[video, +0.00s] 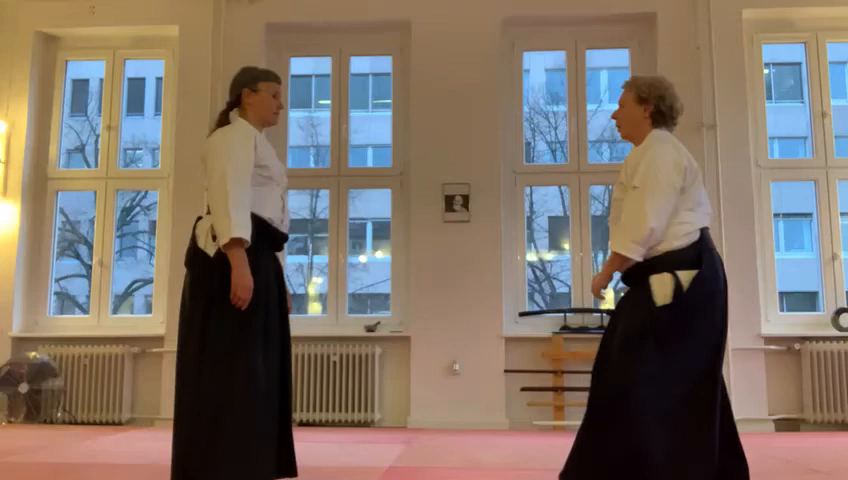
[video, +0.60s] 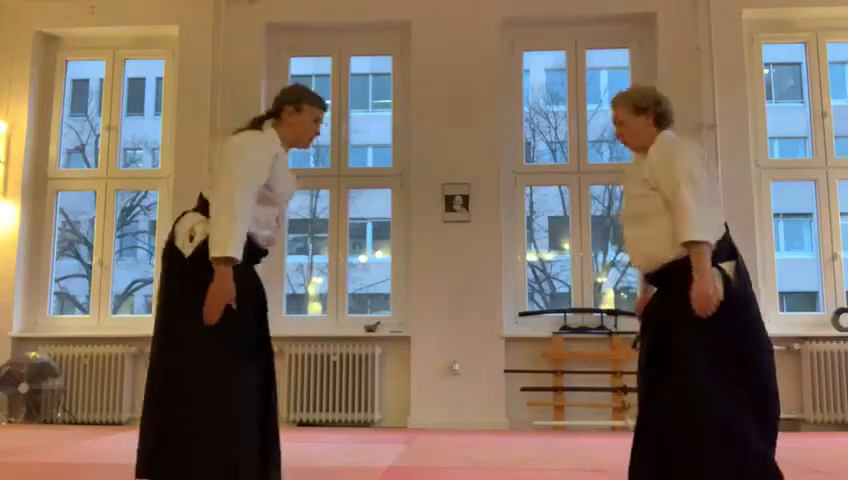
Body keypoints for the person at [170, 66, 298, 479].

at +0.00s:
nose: (280, 104)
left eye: (280, 98)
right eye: (273, 96)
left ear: (255, 100)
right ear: (247, 97)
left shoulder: (256, 141)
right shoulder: (233, 136)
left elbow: (261, 212)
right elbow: (226, 197)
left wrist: (276, 274)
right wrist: (238, 260)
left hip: (254, 258)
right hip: (233, 258)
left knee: (254, 368)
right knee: (234, 368)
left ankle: (250, 464)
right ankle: (229, 467)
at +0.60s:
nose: (317, 131)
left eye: (320, 124)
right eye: (315, 121)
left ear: (289, 117)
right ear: (289, 114)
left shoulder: (268, 150)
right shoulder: (254, 144)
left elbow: (242, 208)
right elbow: (231, 203)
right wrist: (224, 271)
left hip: (229, 263)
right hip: (213, 264)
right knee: (223, 377)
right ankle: (218, 470)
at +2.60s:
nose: (269, 100)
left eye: (269, 93)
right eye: (262, 92)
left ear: (245, 97)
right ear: (236, 95)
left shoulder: (246, 136)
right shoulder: (225, 134)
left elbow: (245, 200)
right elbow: (224, 196)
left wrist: (265, 256)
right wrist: (240, 262)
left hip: (247, 256)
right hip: (227, 259)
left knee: (245, 368)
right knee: (229, 368)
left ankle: (240, 463)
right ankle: (225, 466)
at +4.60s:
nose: (269, 102)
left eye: (270, 94)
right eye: (263, 93)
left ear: (243, 96)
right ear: (236, 93)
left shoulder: (238, 134)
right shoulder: (226, 133)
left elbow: (237, 199)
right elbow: (229, 197)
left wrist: (266, 256)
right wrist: (259, 259)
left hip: (239, 257)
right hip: (228, 260)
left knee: (240, 367)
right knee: (231, 367)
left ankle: (237, 464)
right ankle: (229, 466)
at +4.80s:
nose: (270, 102)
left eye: (270, 94)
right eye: (264, 93)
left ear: (242, 94)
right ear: (239, 92)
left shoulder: (241, 134)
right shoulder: (228, 134)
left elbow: (242, 198)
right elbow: (240, 198)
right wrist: (299, 235)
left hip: (235, 255)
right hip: (230, 258)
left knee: (237, 364)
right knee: (235, 364)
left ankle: (230, 464)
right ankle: (232, 465)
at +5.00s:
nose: (273, 102)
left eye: (274, 94)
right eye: (267, 93)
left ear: (243, 96)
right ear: (240, 92)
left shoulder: (223, 133)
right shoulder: (238, 134)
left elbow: (254, 193)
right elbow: (262, 189)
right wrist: (324, 200)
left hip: (214, 249)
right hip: (234, 255)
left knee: (217, 359)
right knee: (238, 360)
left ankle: (214, 463)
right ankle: (236, 464)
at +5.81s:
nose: (262, 108)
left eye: (263, 100)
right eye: (256, 99)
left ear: (236, 98)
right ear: (229, 94)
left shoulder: (232, 140)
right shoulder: (213, 137)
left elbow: (227, 202)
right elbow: (216, 199)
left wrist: (279, 217)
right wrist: (281, 215)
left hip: (217, 258)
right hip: (199, 259)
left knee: (220, 364)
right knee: (205, 365)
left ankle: (213, 464)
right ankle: (201, 466)